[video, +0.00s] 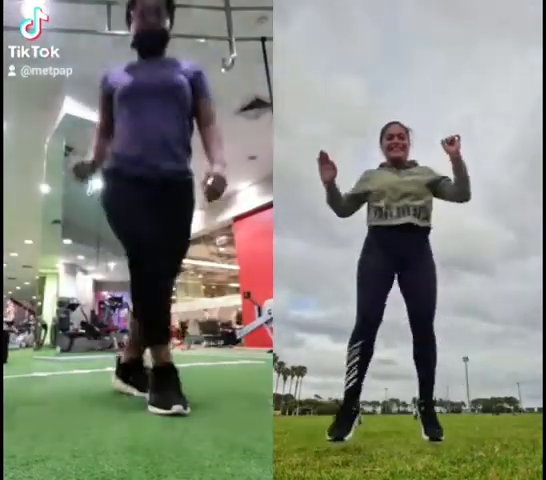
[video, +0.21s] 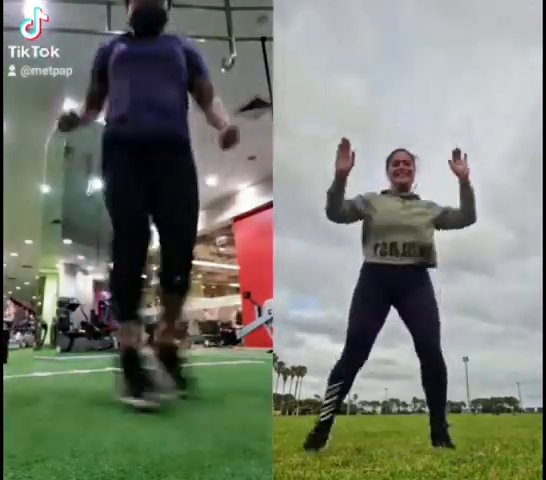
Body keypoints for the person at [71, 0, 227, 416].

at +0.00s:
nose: (149, 19)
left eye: (157, 13)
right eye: (142, 13)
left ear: (169, 23)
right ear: (130, 24)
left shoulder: (189, 73)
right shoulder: (114, 77)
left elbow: (208, 125)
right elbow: (104, 132)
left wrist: (218, 165)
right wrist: (94, 161)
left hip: (175, 182)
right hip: (125, 180)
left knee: (160, 274)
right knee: (148, 268)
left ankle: (130, 361)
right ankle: (163, 373)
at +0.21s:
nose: (145, 10)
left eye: (152, 5)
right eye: (139, 5)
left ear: (162, 14)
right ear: (131, 14)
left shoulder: (183, 50)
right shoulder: (111, 50)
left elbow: (208, 99)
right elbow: (92, 107)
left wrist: (225, 124)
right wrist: (76, 117)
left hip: (173, 156)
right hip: (123, 156)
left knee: (179, 246)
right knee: (130, 244)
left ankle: (167, 341)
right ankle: (130, 355)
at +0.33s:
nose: (148, 15)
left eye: (154, 8)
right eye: (139, 8)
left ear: (164, 15)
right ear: (125, 15)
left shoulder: (181, 64)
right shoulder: (108, 65)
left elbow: (208, 112)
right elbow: (90, 120)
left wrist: (234, 143)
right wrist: (73, 138)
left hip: (174, 167)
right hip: (122, 168)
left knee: (200, 259)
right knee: (98, 266)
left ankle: (218, 352)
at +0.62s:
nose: (143, 18)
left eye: (151, 12)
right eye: (136, 11)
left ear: (161, 20)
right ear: (122, 19)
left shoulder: (176, 66)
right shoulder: (104, 65)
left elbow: (194, 121)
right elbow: (84, 119)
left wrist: (213, 164)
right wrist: (74, 129)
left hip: (167, 169)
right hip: (116, 169)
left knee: (191, 258)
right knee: (97, 262)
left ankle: (215, 349)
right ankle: (66, 356)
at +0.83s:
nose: (145, 28)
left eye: (153, 22)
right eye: (137, 21)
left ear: (164, 31)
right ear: (125, 30)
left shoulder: (176, 83)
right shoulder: (108, 75)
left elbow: (186, 137)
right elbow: (86, 128)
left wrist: (196, 175)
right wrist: (96, 133)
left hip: (163, 175)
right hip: (116, 174)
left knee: (150, 264)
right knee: (124, 267)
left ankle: (132, 359)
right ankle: (135, 363)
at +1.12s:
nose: (157, 31)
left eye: (164, 26)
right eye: (150, 24)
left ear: (174, 37)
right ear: (136, 32)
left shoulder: (178, 91)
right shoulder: (121, 63)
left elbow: (187, 142)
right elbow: (79, 89)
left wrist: (235, 142)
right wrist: (59, 80)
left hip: (171, 176)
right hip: (126, 173)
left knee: (172, 263)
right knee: (127, 267)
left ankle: (166, 352)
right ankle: (125, 360)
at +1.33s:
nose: (163, 38)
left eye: (170, 34)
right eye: (155, 33)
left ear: (180, 44)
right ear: (143, 42)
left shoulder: (188, 99)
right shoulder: (130, 72)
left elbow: (219, 116)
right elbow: (86, 109)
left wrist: (234, 83)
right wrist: (45, 130)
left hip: (180, 182)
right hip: (133, 176)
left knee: (186, 272)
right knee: (136, 267)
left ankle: (170, 365)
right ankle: (125, 353)